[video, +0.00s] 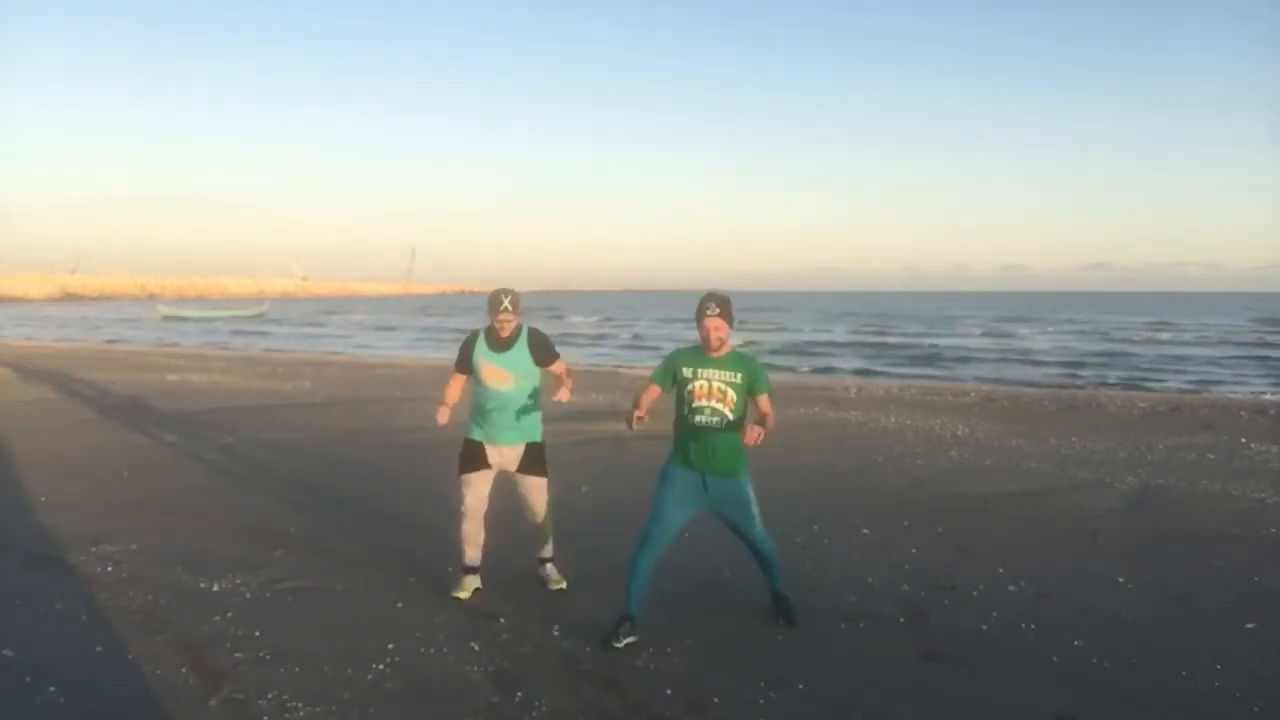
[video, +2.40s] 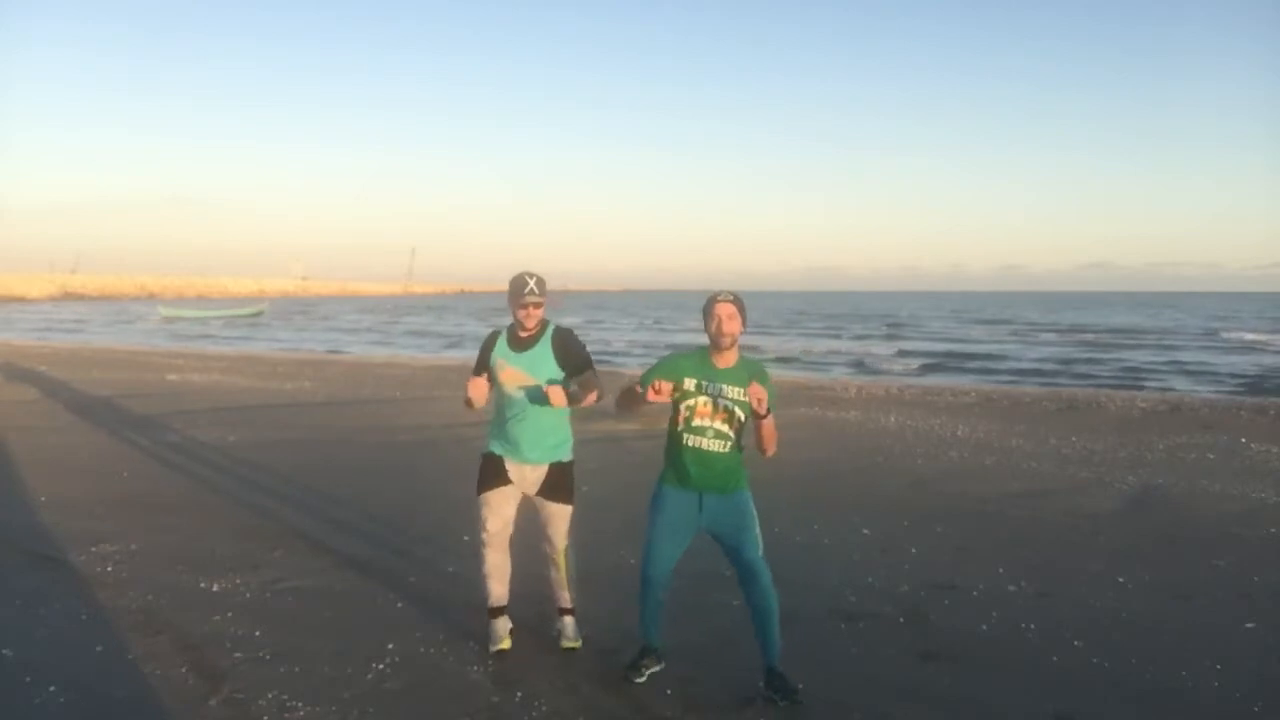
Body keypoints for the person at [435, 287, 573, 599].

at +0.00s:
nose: (504, 325)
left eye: (509, 319)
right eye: (499, 319)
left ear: (519, 316)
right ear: (490, 316)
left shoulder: (533, 339)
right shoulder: (474, 343)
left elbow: (562, 371)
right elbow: (458, 378)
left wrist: (565, 386)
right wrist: (446, 403)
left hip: (526, 440)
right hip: (481, 439)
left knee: (539, 511)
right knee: (472, 508)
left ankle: (547, 563)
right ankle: (470, 573)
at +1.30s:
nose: (524, 316)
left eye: (531, 309)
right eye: (518, 309)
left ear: (540, 310)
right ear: (508, 311)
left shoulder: (560, 340)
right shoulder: (492, 348)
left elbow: (587, 380)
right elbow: (474, 393)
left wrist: (587, 422)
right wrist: (484, 440)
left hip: (562, 450)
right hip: (514, 454)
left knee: (573, 529)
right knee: (499, 525)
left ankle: (581, 606)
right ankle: (481, 576)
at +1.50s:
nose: (548, 315)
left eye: (555, 308)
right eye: (542, 308)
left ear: (564, 308)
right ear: (532, 309)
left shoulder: (582, 343)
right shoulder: (513, 348)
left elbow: (610, 389)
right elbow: (493, 395)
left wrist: (617, 431)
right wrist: (494, 439)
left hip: (574, 454)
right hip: (527, 456)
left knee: (576, 532)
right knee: (523, 532)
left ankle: (581, 609)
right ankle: (529, 591)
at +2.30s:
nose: (536, 311)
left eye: (542, 304)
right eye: (529, 304)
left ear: (550, 304)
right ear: (516, 303)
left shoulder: (566, 339)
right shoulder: (496, 341)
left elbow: (590, 393)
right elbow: (477, 398)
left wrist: (575, 401)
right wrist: (479, 397)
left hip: (559, 458)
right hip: (508, 457)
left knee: (563, 543)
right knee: (508, 544)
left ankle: (568, 615)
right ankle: (511, 625)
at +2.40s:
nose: (529, 312)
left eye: (536, 305)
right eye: (522, 305)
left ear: (545, 305)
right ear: (510, 306)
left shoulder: (563, 340)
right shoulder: (495, 343)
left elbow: (593, 390)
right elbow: (475, 402)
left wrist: (569, 397)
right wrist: (474, 394)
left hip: (553, 459)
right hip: (502, 456)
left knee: (557, 544)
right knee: (493, 535)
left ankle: (566, 616)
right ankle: (497, 617)